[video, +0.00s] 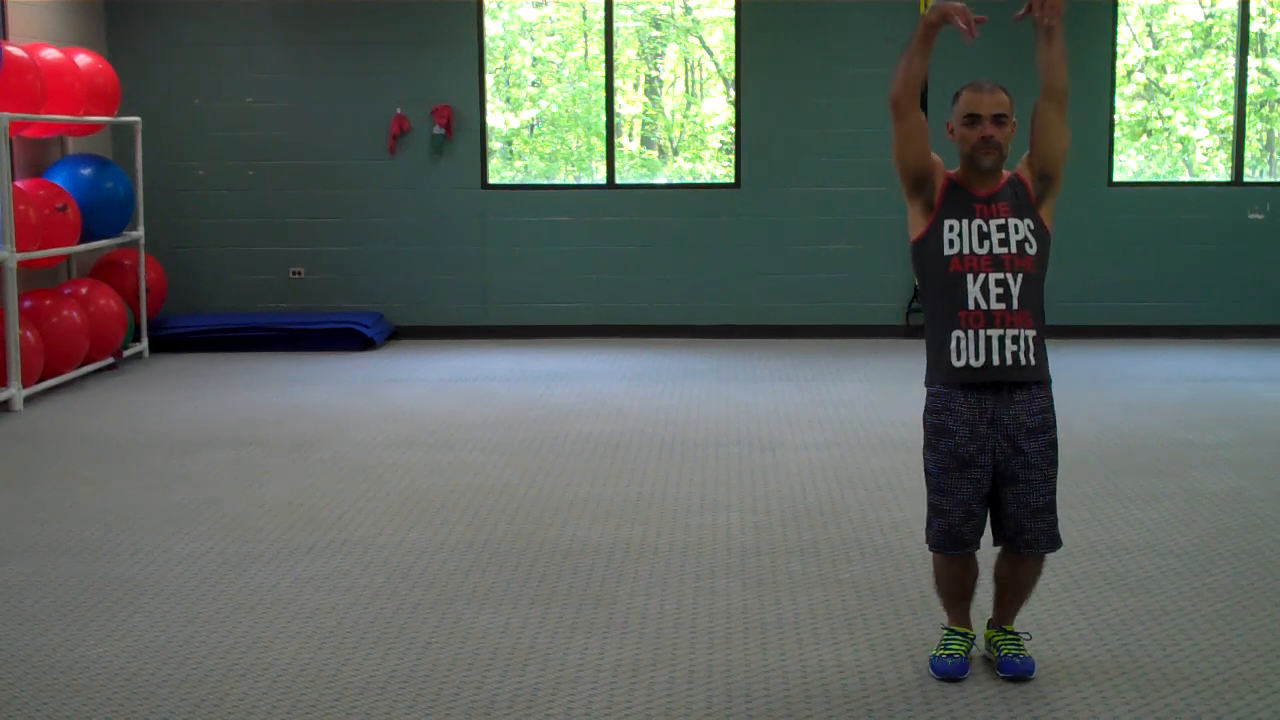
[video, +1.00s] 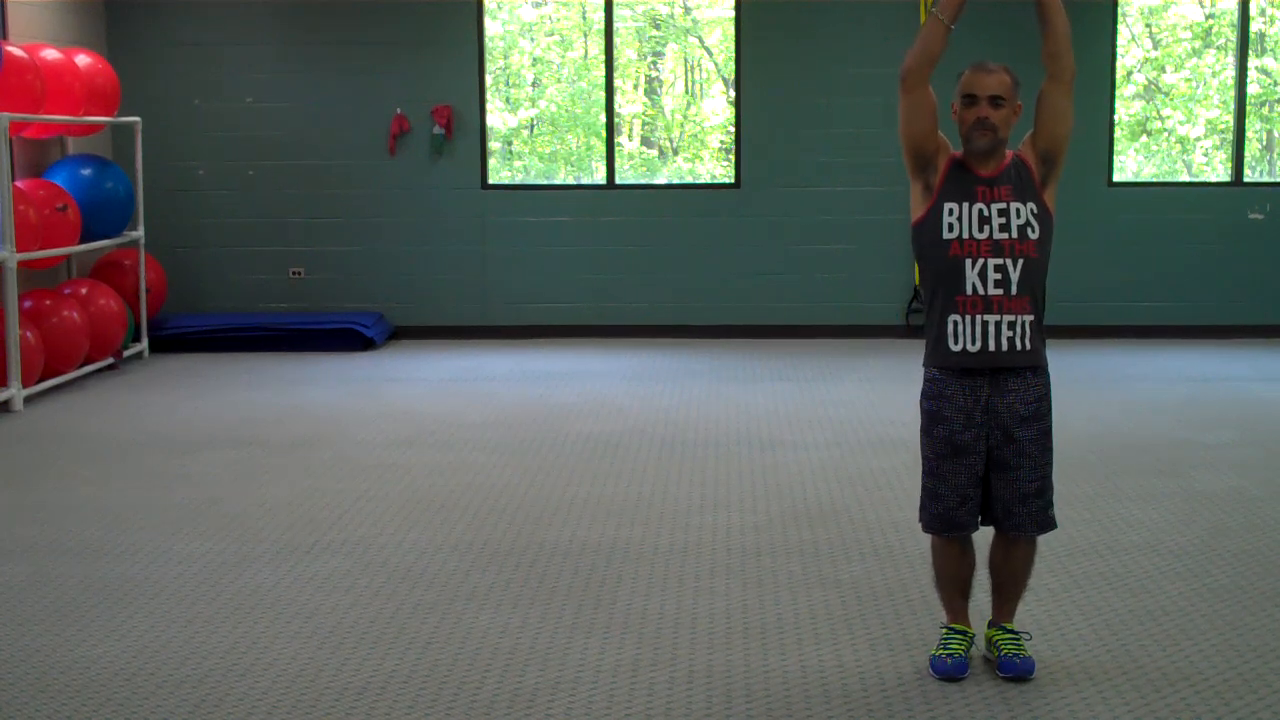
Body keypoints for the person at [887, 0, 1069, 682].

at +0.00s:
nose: (989, 130)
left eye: (999, 119)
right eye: (976, 119)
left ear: (1014, 131)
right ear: (954, 130)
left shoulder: (1035, 190)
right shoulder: (928, 191)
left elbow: (1056, 102)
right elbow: (902, 102)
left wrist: (1051, 28)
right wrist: (929, 25)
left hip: (1027, 395)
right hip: (955, 395)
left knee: (1028, 528)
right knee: (953, 527)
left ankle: (1003, 629)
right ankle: (957, 630)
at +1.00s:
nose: (983, 112)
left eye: (997, 102)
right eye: (972, 101)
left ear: (1017, 113)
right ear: (955, 111)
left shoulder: (1036, 172)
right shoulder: (932, 173)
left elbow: (1061, 73)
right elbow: (912, 77)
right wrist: (949, 6)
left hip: (1021, 382)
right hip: (951, 382)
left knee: (1019, 518)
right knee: (949, 518)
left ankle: (1004, 628)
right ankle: (955, 629)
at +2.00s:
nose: (984, 108)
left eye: (995, 98)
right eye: (970, 98)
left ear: (1012, 109)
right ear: (949, 109)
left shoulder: (1033, 172)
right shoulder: (928, 175)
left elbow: (1048, 74)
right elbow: (918, 78)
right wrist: (944, 7)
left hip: (1022, 381)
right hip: (951, 382)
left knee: (1019, 519)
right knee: (949, 519)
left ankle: (1004, 628)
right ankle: (955, 628)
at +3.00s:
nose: (985, 107)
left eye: (997, 97)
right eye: (972, 97)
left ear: (1014, 108)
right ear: (952, 108)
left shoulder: (1034, 171)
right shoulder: (929, 172)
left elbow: (1052, 75)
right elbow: (922, 74)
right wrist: (953, 5)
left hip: (1019, 381)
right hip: (950, 382)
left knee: (1018, 517)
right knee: (949, 518)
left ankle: (1004, 628)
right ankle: (956, 628)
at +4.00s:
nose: (921, 117)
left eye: (936, 106)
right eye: (915, 107)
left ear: (974, 116)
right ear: (911, 117)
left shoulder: (1003, 171)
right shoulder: (895, 169)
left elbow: (1026, 77)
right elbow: (822, 105)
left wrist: (1016, 1)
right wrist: (756, 53)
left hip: (984, 394)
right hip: (902, 390)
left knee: (1004, 525)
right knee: (840, 504)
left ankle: (992, 631)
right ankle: (769, 609)